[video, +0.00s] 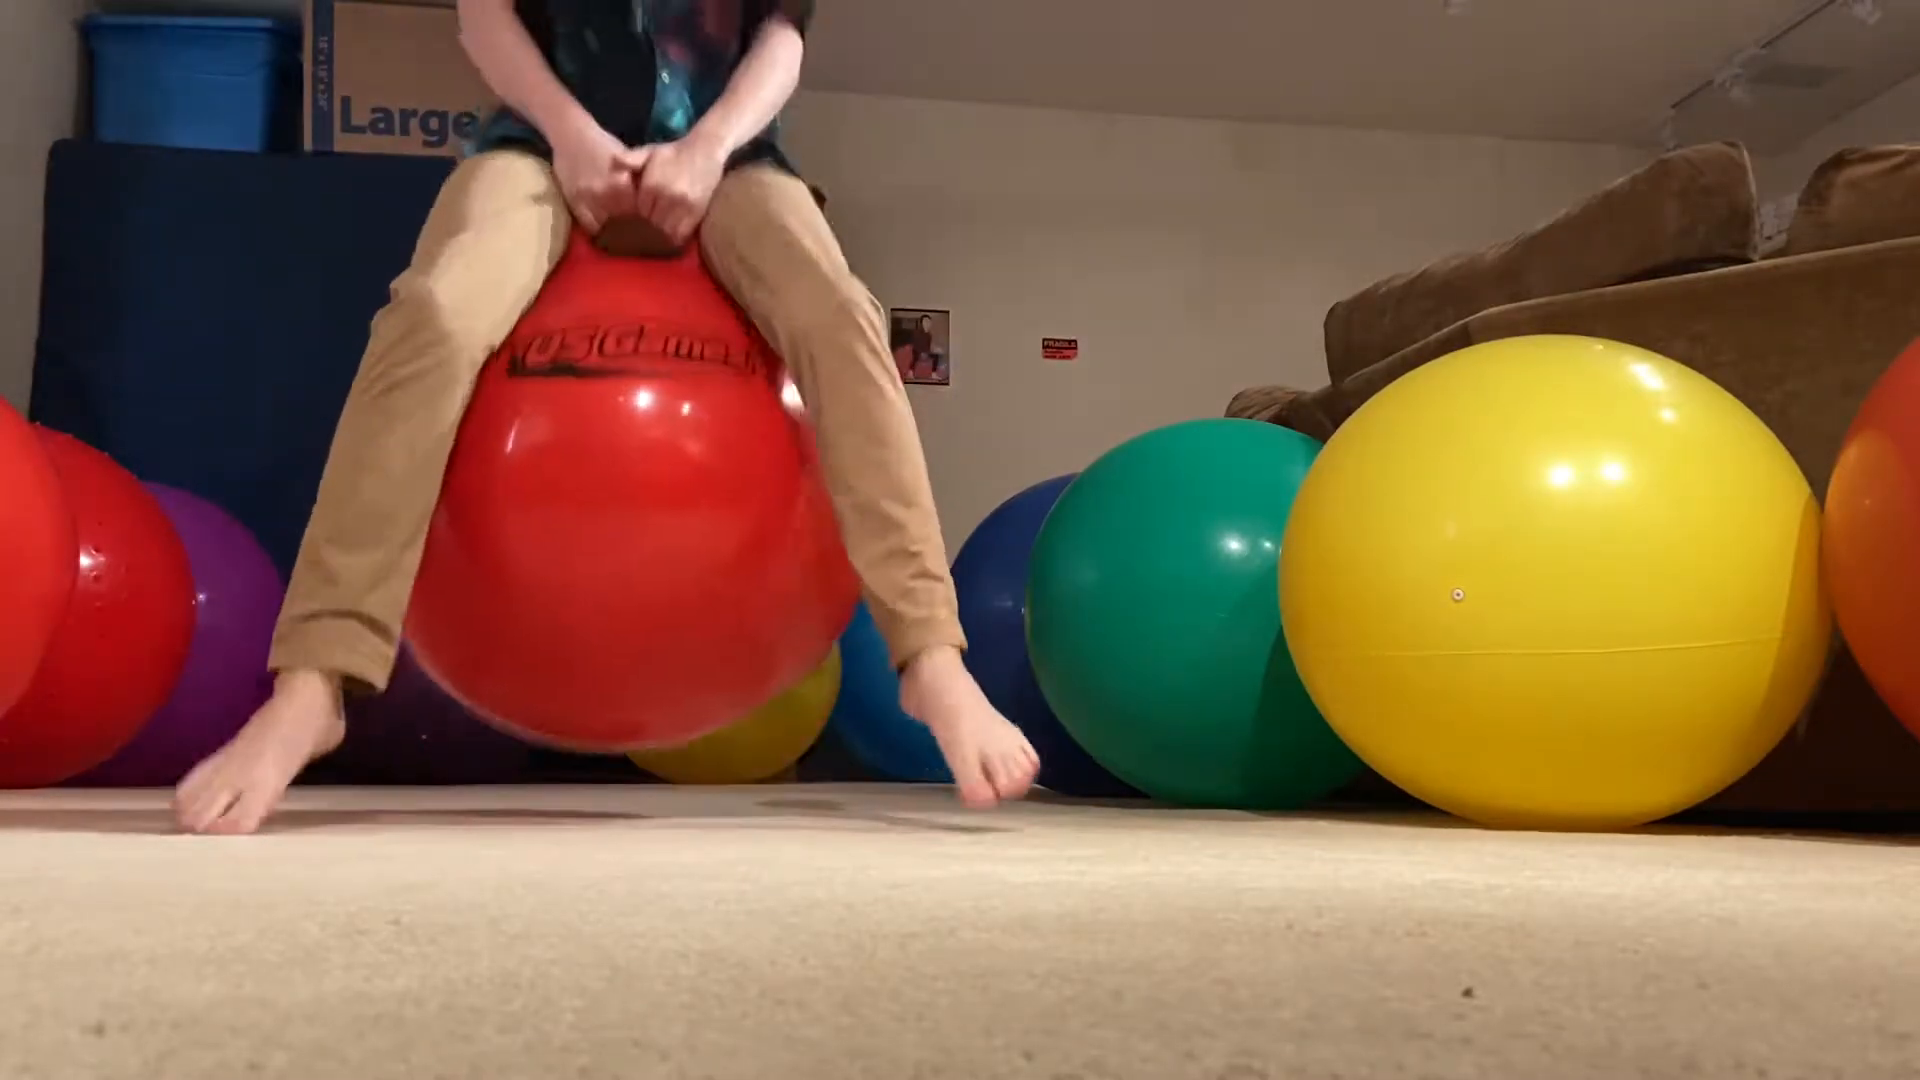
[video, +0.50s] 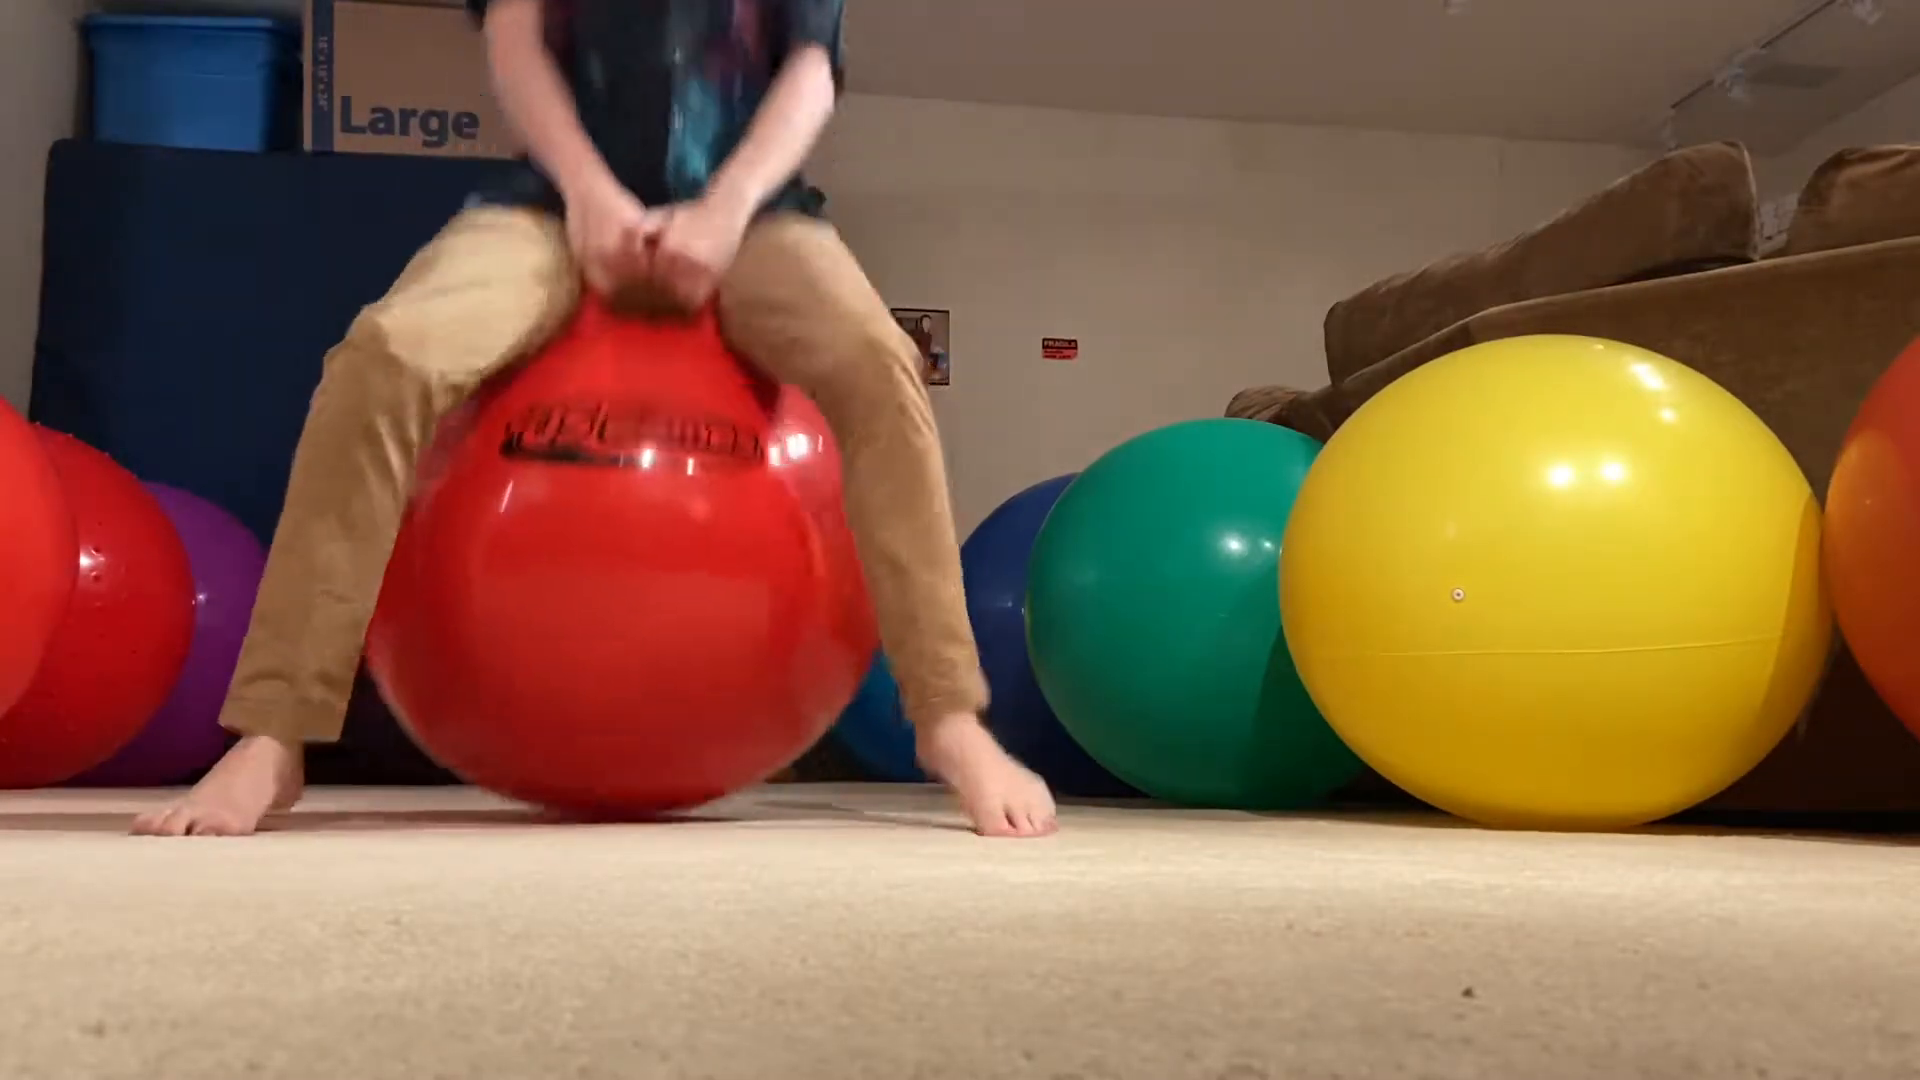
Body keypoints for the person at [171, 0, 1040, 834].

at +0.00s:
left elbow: (783, 37)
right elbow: (481, 20)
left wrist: (711, 144)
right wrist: (573, 133)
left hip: (723, 137)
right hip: (541, 133)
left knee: (839, 318)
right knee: (435, 318)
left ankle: (934, 662)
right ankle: (309, 685)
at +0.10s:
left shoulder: (774, 10)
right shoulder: (504, 3)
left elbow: (792, 150)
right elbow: (470, 133)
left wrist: (701, 258)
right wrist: (559, 238)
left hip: (716, 254)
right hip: (537, 249)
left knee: (854, 371)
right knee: (388, 344)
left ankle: (945, 735)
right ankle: (301, 725)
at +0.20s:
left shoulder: (770, 126)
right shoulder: (503, 106)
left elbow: (794, 323)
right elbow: (456, 296)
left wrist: (694, 413)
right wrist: (556, 392)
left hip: (707, 421)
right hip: (531, 408)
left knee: (872, 407)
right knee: (362, 371)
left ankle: (951, 761)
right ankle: (277, 754)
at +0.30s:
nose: (662, 6)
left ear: (719, 26)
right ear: (588, 21)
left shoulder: (775, 188)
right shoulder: (505, 168)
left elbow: (794, 389)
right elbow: (451, 360)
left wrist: (692, 471)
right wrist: (547, 445)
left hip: (705, 479)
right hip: (526, 469)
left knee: (880, 412)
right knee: (359, 377)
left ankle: (948, 761)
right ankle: (273, 754)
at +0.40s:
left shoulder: (778, 35)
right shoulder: (519, 19)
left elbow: (801, 245)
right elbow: (475, 217)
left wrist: (710, 351)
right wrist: (563, 329)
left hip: (718, 370)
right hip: (550, 358)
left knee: (905, 399)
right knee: (351, 362)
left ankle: (945, 763)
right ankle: (281, 753)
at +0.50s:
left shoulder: (790, 1)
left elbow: (810, 78)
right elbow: (514, 44)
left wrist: (726, 203)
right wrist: (592, 190)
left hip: (748, 207)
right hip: (554, 195)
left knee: (874, 362)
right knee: (386, 351)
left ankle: (952, 720)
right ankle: (268, 738)